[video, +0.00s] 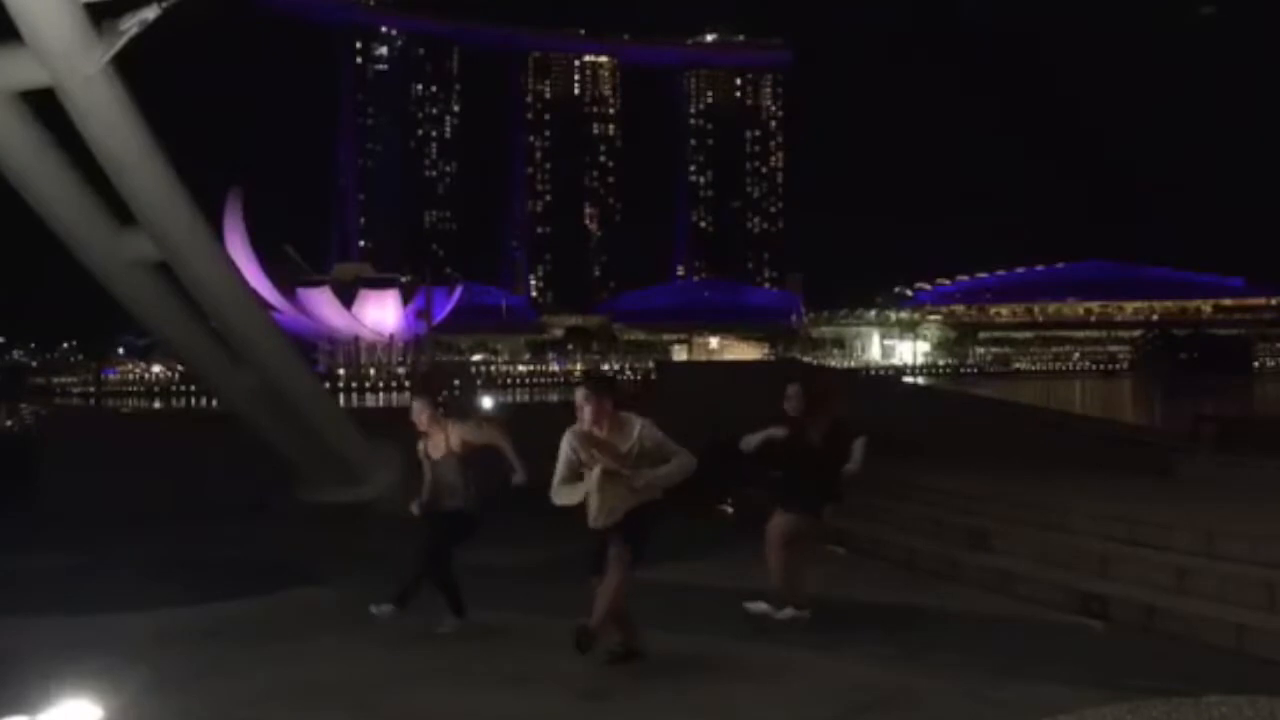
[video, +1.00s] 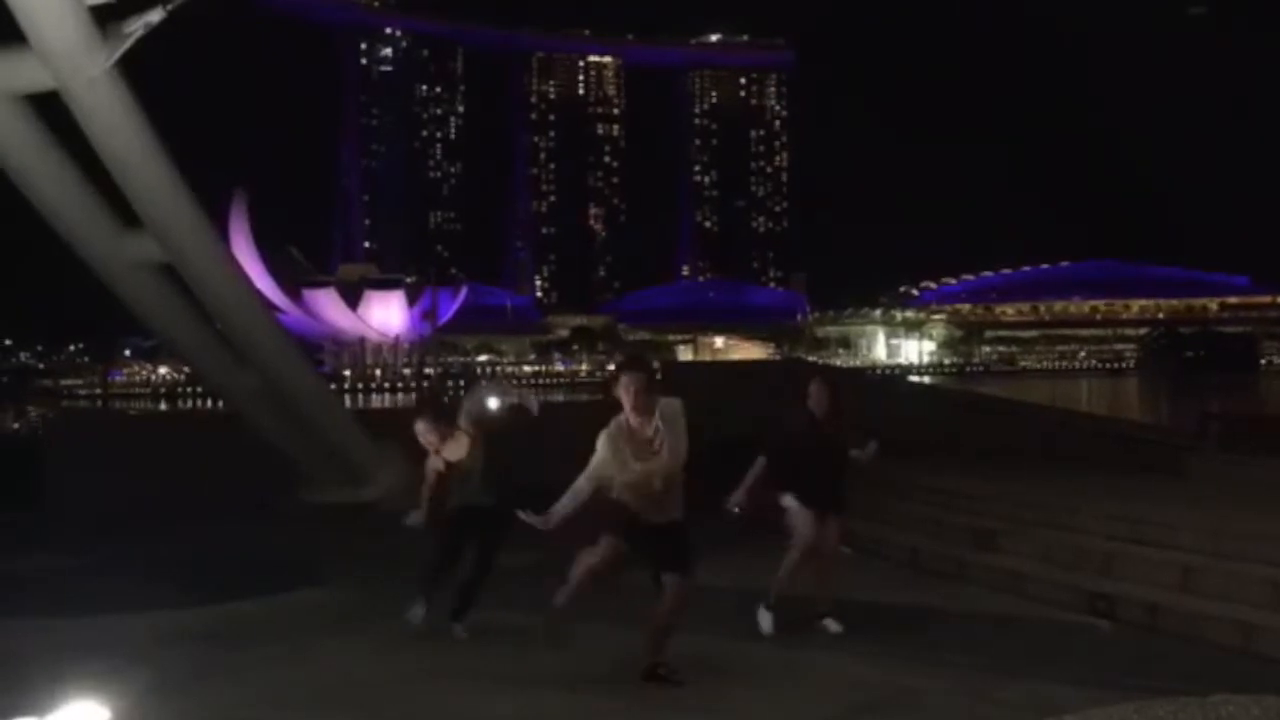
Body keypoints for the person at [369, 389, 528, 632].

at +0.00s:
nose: (417, 419)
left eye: (421, 413)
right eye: (414, 414)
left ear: (434, 412)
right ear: (413, 417)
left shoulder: (457, 431)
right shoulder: (424, 446)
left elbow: (497, 437)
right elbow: (428, 477)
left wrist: (518, 469)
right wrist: (421, 500)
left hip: (463, 503)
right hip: (438, 505)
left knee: (429, 553)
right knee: (438, 559)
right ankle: (458, 613)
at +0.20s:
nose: (413, 411)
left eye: (417, 405)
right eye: (411, 406)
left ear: (432, 404)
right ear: (413, 409)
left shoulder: (456, 421)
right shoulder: (422, 440)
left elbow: (502, 419)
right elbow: (427, 474)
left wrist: (523, 453)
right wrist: (416, 491)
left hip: (470, 496)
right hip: (444, 499)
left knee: (434, 537)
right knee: (441, 550)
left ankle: (436, 592)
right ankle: (456, 612)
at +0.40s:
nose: (421, 408)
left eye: (426, 402)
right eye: (418, 403)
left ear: (439, 403)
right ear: (417, 407)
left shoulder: (457, 424)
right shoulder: (424, 435)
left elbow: (476, 461)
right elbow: (422, 475)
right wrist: (434, 451)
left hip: (465, 501)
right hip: (441, 502)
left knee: (454, 557)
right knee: (443, 559)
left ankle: (476, 615)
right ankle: (467, 613)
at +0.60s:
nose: (425, 416)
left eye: (429, 409)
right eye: (420, 411)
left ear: (441, 407)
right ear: (417, 414)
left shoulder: (462, 423)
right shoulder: (422, 442)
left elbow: (495, 441)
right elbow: (421, 484)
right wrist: (452, 483)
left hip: (469, 503)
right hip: (441, 508)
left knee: (460, 557)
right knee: (443, 560)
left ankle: (468, 613)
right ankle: (464, 610)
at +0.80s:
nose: (422, 426)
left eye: (426, 419)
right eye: (418, 420)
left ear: (442, 415)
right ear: (418, 422)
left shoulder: (465, 418)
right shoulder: (432, 453)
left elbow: (499, 408)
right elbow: (419, 497)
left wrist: (528, 427)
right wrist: (401, 536)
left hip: (483, 499)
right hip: (451, 504)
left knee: (475, 561)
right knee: (439, 547)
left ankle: (458, 618)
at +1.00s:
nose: (424, 440)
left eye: (427, 432)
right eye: (420, 435)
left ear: (440, 427)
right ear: (419, 438)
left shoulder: (470, 432)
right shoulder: (436, 463)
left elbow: (480, 396)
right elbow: (428, 491)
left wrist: (519, 396)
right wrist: (422, 513)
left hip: (489, 506)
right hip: (457, 511)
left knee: (480, 565)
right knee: (444, 555)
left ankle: (458, 618)